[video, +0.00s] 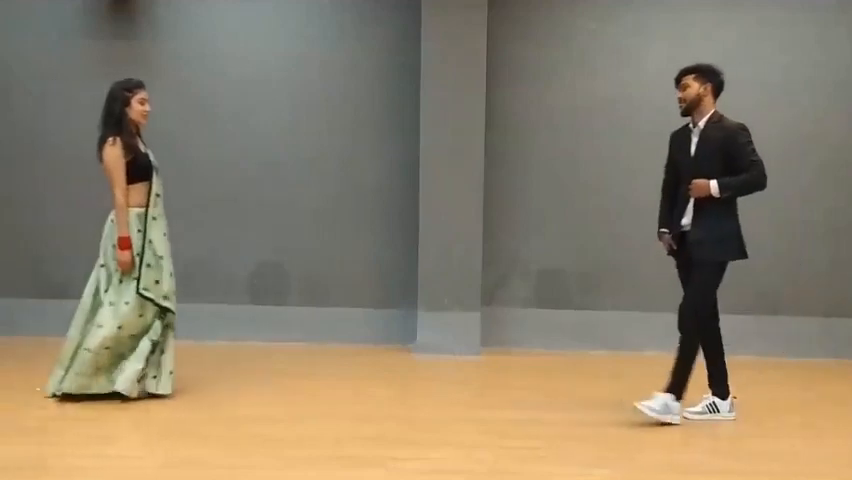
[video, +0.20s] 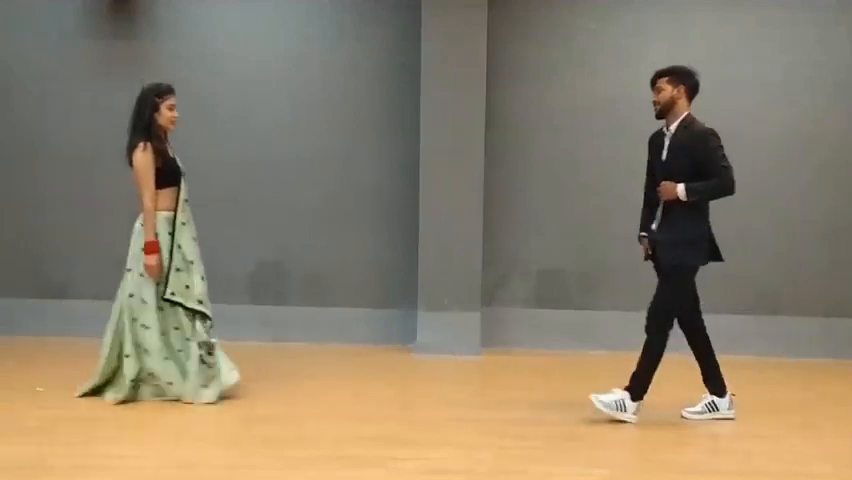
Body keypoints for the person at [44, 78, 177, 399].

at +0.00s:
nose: (147, 108)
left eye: (148, 103)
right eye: (142, 102)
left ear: (139, 108)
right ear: (124, 105)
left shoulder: (138, 142)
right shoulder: (115, 144)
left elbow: (141, 194)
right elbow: (119, 195)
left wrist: (152, 238)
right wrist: (124, 242)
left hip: (150, 230)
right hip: (131, 231)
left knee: (157, 305)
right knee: (136, 307)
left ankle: (140, 378)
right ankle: (83, 375)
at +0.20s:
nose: (175, 114)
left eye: (175, 108)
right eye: (169, 108)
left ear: (163, 113)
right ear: (152, 111)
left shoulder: (163, 147)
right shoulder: (144, 149)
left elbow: (165, 200)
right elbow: (148, 201)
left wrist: (179, 243)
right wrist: (151, 247)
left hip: (175, 234)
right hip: (158, 235)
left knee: (175, 306)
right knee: (156, 307)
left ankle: (177, 376)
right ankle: (156, 377)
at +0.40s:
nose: (204, 117)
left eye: (205, 111)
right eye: (199, 111)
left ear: (196, 114)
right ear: (182, 113)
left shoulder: (192, 150)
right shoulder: (175, 151)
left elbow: (195, 202)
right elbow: (177, 201)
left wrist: (209, 243)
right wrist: (178, 248)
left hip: (205, 234)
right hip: (190, 234)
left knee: (205, 305)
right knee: (191, 307)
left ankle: (207, 375)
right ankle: (192, 376)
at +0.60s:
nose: (232, 115)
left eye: (234, 109)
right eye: (227, 108)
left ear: (227, 112)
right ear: (210, 110)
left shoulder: (219, 148)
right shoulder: (203, 149)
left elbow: (220, 199)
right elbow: (206, 200)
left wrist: (235, 241)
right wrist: (211, 247)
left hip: (231, 233)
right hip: (217, 234)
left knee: (231, 309)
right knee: (216, 310)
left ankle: (229, 378)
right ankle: (217, 379)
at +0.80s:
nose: (259, 116)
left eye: (260, 110)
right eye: (254, 110)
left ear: (247, 111)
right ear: (237, 110)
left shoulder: (241, 147)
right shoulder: (229, 149)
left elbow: (239, 199)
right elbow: (232, 199)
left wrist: (249, 243)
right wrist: (236, 246)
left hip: (252, 233)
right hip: (239, 235)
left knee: (251, 309)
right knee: (237, 310)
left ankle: (250, 378)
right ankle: (232, 380)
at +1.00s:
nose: (283, 122)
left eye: (284, 116)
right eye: (279, 116)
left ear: (272, 118)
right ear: (262, 116)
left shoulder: (264, 153)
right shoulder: (253, 155)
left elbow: (262, 207)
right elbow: (256, 207)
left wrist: (269, 250)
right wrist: (262, 253)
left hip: (273, 238)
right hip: (261, 239)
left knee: (275, 310)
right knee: (261, 311)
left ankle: (274, 377)